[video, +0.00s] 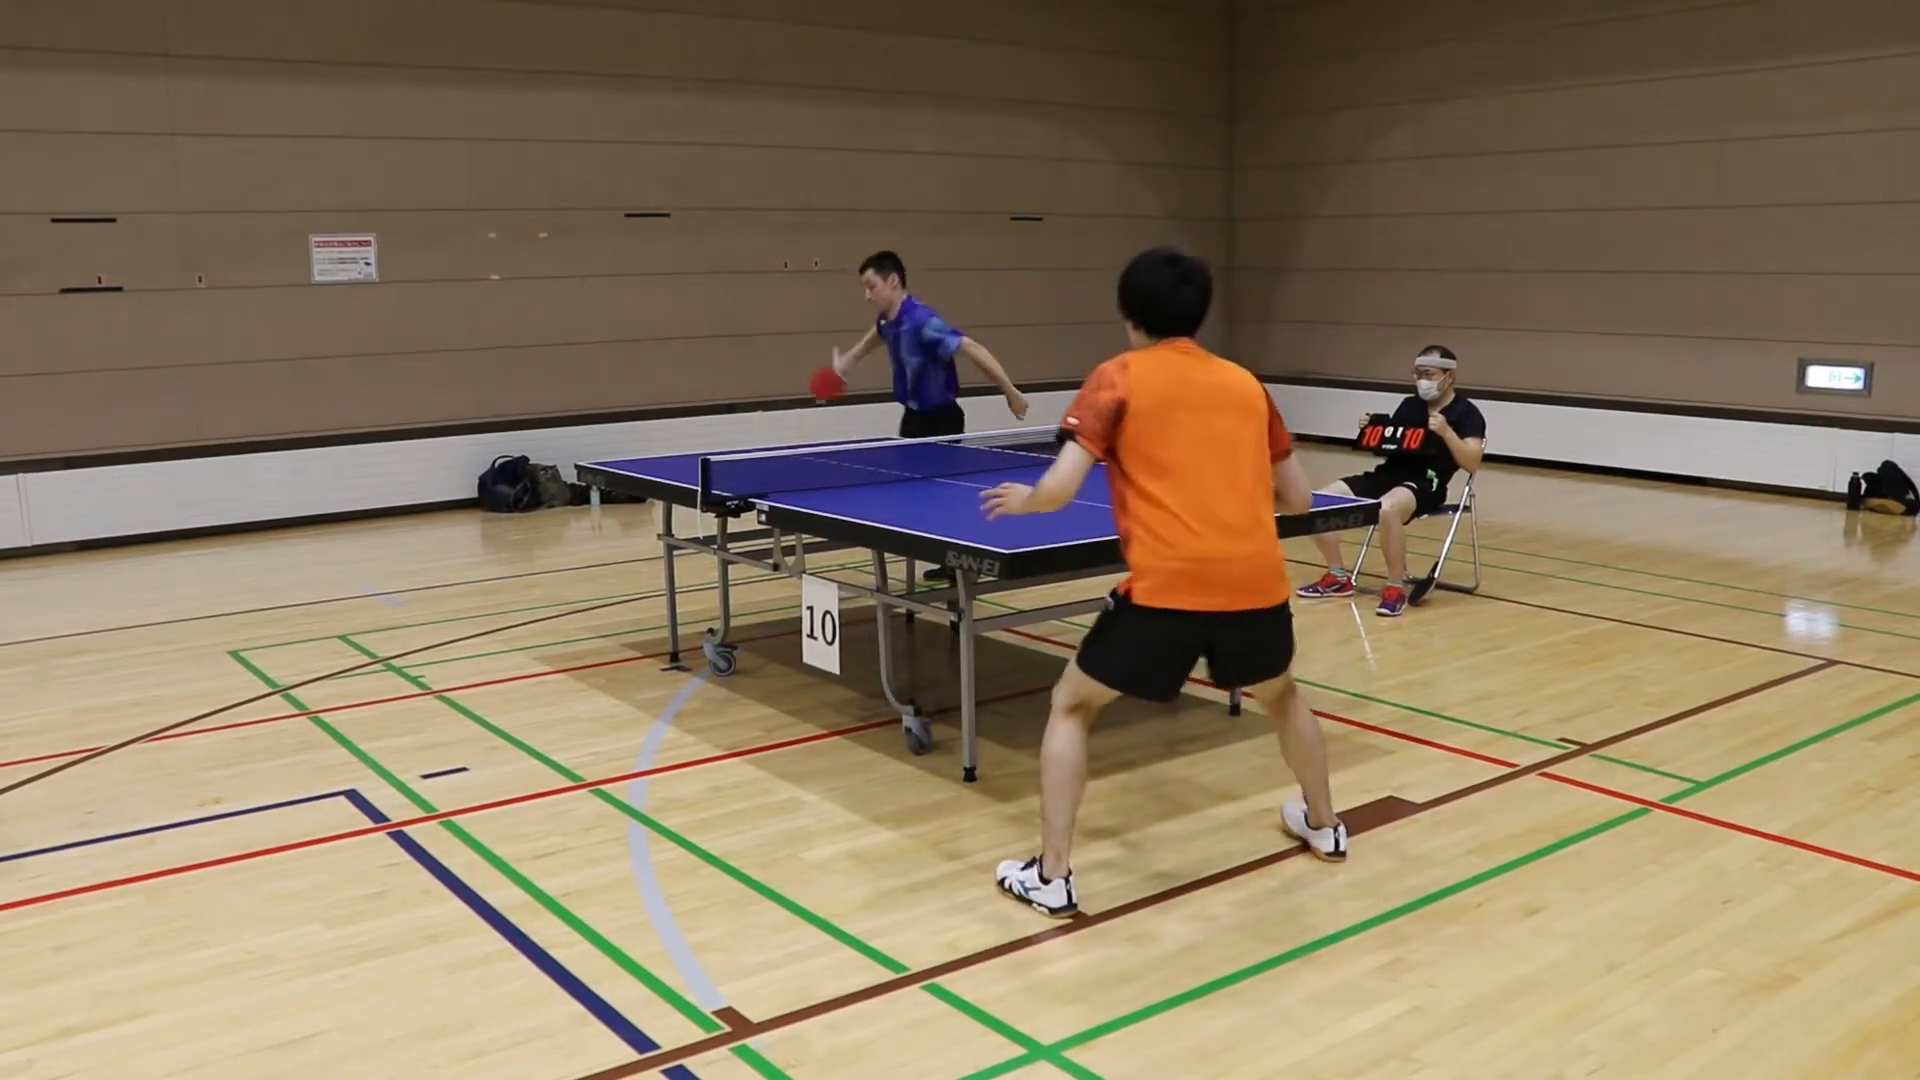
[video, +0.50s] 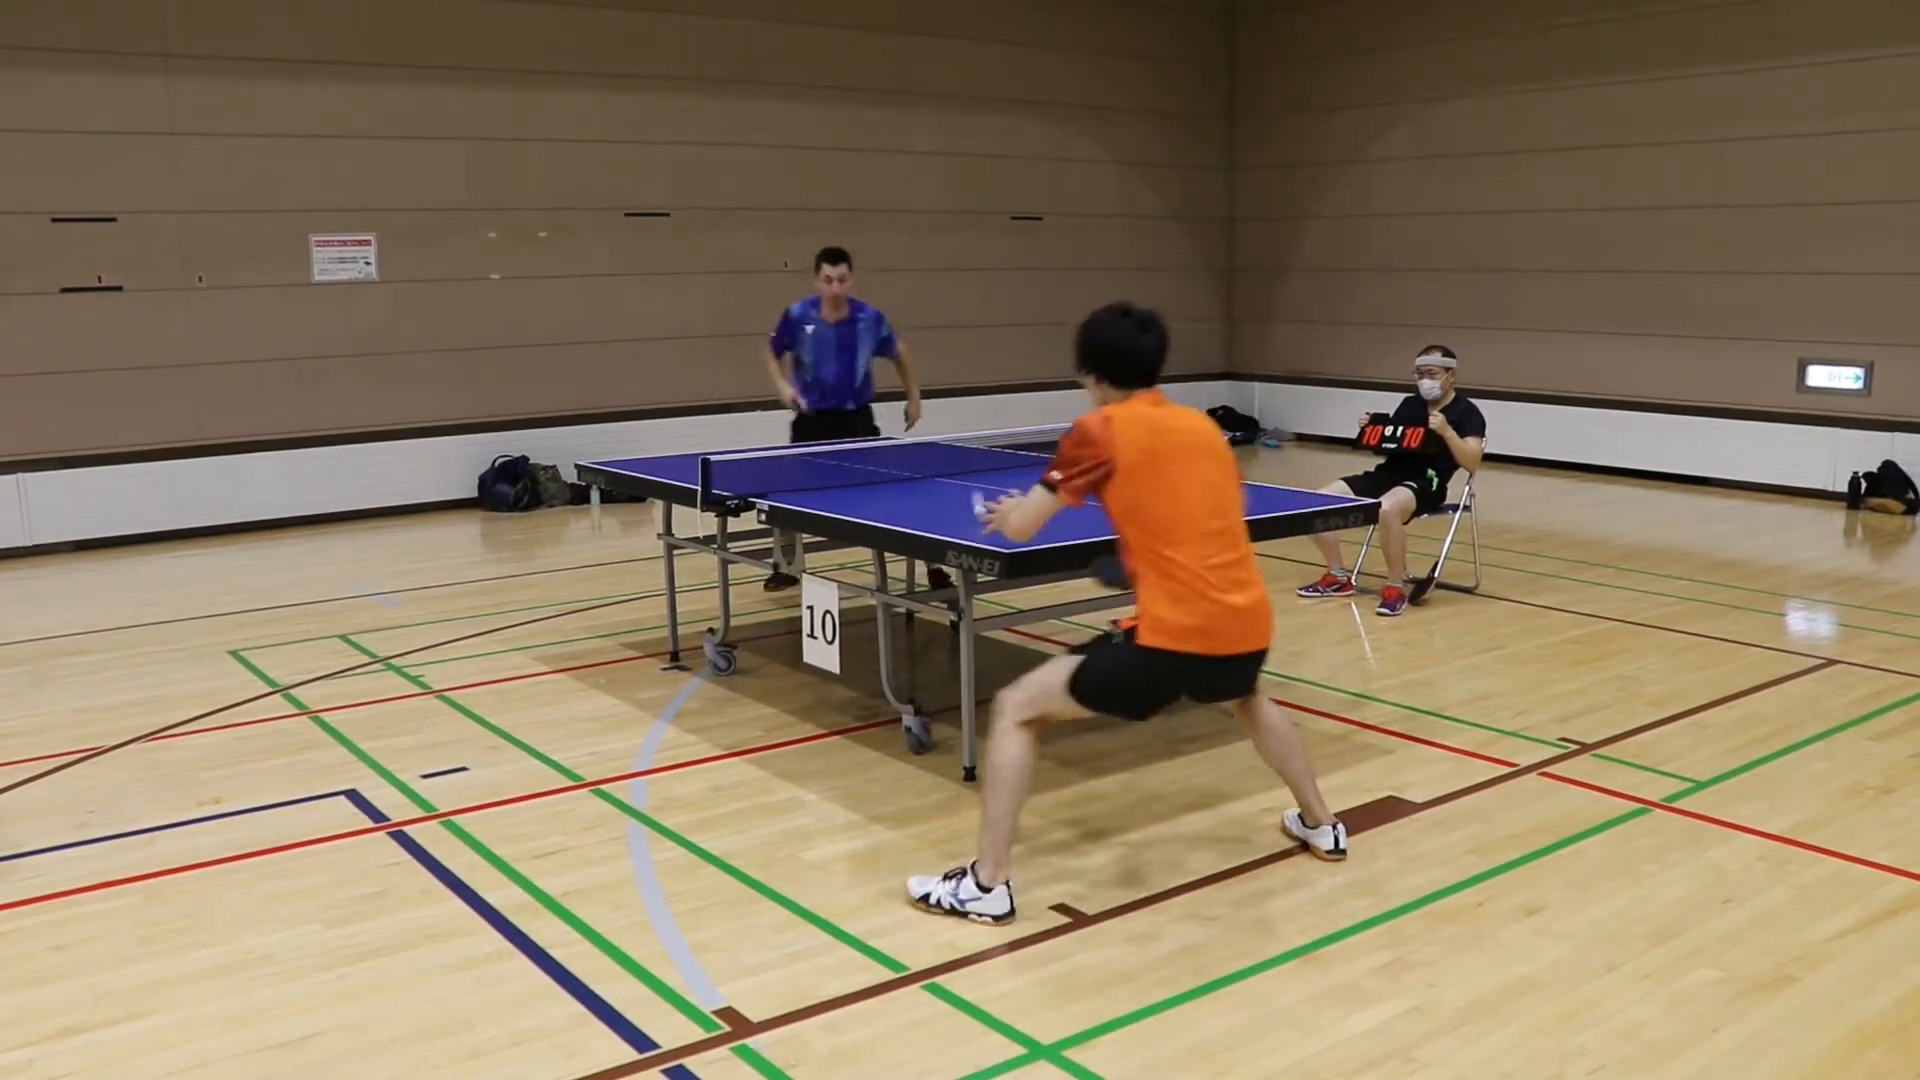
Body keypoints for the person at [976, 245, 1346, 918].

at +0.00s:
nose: (1120, 319)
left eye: (1123, 310)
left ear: (1131, 314)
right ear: (1198, 315)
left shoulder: (1119, 378)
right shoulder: (1246, 386)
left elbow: (1058, 491)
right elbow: (1296, 497)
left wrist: (1025, 499)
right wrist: (1229, 486)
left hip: (1163, 598)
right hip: (1256, 594)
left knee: (1072, 705)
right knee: (1285, 698)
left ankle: (1052, 873)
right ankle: (1325, 823)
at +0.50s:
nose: (1082, 384)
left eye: (1083, 373)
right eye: (1082, 373)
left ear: (1095, 374)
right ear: (1155, 369)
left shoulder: (1100, 430)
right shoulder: (1205, 427)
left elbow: (1021, 529)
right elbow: (1224, 512)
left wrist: (1007, 514)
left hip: (1168, 644)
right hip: (1248, 637)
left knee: (1015, 707)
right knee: (1250, 698)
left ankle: (987, 880)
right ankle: (1322, 824)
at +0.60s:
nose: (1048, 384)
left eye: (1049, 372)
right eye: (1048, 372)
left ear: (1062, 372)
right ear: (1121, 364)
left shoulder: (1068, 421)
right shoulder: (1168, 422)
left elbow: (995, 512)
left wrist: (978, 499)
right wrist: (1063, 497)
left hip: (1128, 640)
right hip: (1213, 636)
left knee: (983, 706)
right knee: (1236, 711)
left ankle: (982, 880)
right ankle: (1317, 823)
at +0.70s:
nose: (1014, 366)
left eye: (1015, 354)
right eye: (1015, 354)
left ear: (1027, 355)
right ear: (1090, 345)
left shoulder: (1033, 404)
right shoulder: (1133, 409)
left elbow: (944, 492)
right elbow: (1134, 523)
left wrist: (900, 471)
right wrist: (1056, 590)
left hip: (1078, 624)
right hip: (1171, 616)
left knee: (946, 691)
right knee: (1235, 716)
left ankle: (960, 865)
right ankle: (1315, 821)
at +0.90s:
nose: (977, 363)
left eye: (979, 353)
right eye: (984, 352)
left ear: (987, 359)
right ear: (1055, 355)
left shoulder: (977, 431)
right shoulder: (1104, 423)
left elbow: (913, 553)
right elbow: (1184, 479)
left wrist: (884, 562)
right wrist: (1143, 424)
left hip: (1017, 647)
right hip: (1111, 641)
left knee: (906, 739)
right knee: (1165, 748)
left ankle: (850, 900)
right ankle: (1261, 874)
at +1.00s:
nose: (1010, 346)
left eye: (1012, 337)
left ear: (1018, 344)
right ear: (1090, 342)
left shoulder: (993, 421)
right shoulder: (1134, 419)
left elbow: (922, 544)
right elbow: (1203, 517)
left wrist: (925, 542)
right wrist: (1158, 464)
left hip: (1025, 644)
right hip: (1126, 642)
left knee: (920, 743)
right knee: (1194, 749)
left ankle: (851, 901)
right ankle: (1281, 895)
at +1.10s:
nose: (1061, 319)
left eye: (1066, 309)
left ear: (1071, 315)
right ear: (1145, 317)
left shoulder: (1038, 388)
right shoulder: (1184, 399)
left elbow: (966, 500)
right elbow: (1228, 527)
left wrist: (1032, 509)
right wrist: (1174, 486)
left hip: (1056, 618)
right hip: (1163, 614)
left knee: (956, 733)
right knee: (1266, 718)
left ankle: (878, 889)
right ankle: (1316, 887)